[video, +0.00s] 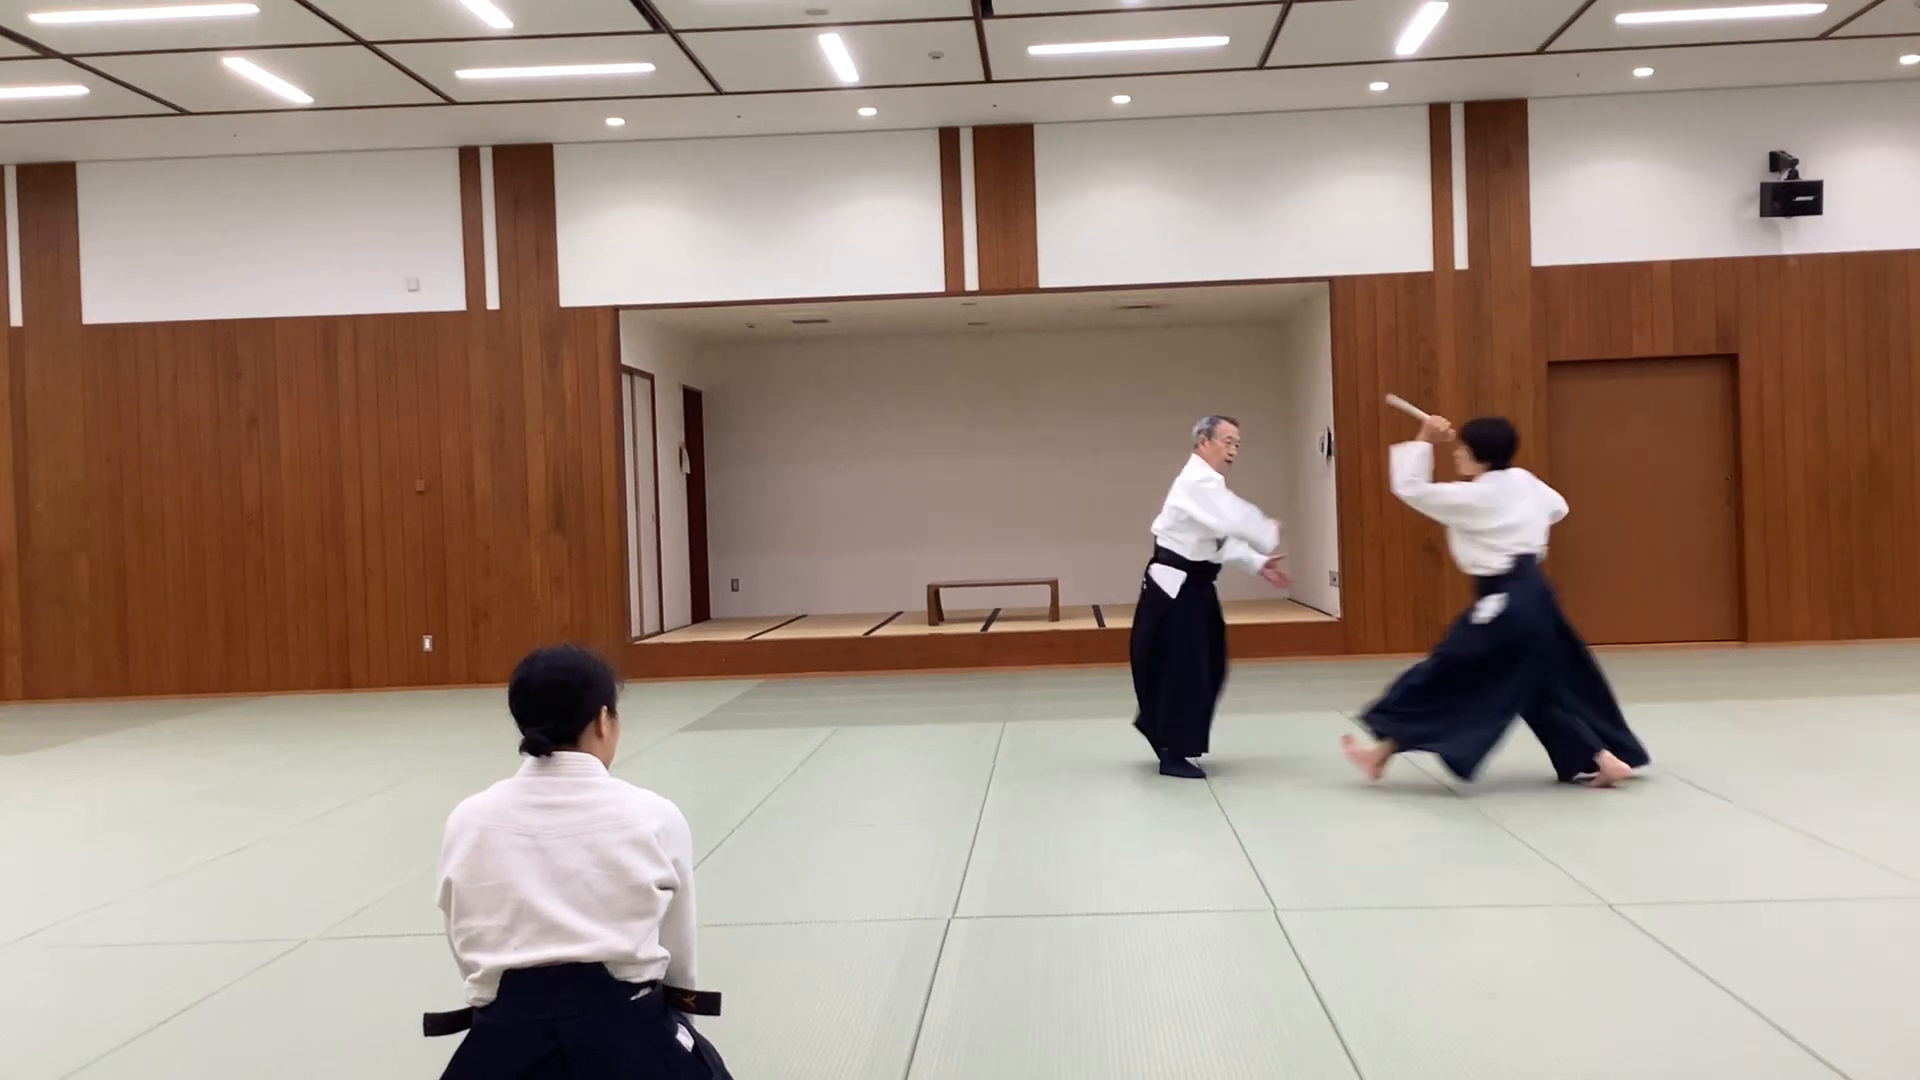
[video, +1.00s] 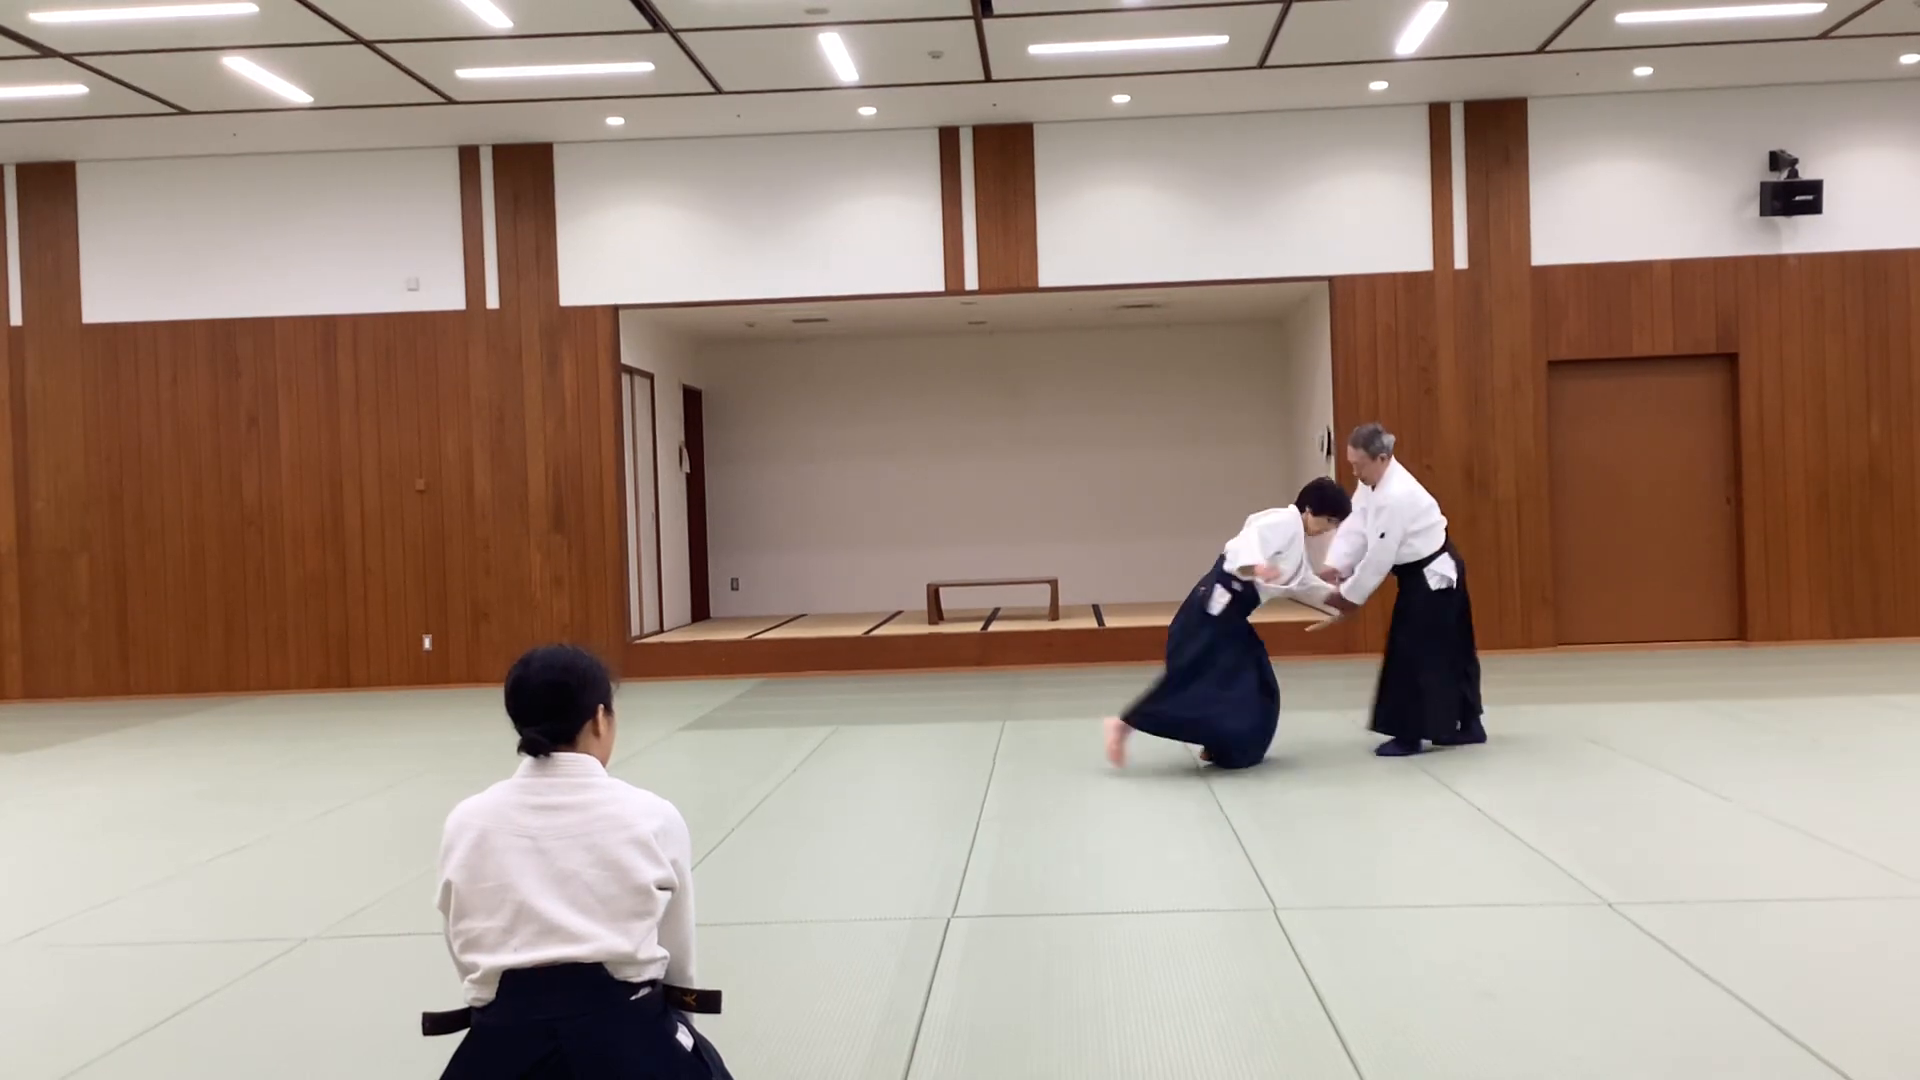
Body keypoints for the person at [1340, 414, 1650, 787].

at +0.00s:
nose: (1456, 454)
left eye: (1461, 449)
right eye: (1458, 448)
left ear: (1478, 456)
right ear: (1498, 455)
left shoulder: (1472, 496)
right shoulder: (1522, 481)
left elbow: (1409, 487)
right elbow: (1557, 507)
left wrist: (1423, 440)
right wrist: (1528, 532)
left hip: (1501, 602)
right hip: (1534, 595)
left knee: (1442, 672)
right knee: (1541, 686)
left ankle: (1380, 752)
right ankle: (1606, 761)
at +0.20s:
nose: (1383, 442)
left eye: (1385, 438)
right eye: (1386, 437)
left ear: (1390, 443)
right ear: (1431, 442)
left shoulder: (1374, 473)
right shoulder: (1450, 479)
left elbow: (1328, 457)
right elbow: (1499, 509)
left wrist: (1301, 422)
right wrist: (1549, 511)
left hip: (1392, 586)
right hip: (1438, 587)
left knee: (1365, 667)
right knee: (1455, 665)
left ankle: (1348, 764)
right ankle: (1445, 734)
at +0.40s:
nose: (1341, 429)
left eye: (1343, 424)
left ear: (1347, 427)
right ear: (1388, 428)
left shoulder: (1331, 461)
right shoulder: (1405, 466)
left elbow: (1273, 460)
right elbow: (1445, 503)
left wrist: (1241, 440)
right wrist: (1496, 525)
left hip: (1332, 565)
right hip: (1379, 571)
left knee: (1323, 652)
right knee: (1366, 662)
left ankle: (1317, 743)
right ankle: (1331, 749)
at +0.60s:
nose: (1329, 454)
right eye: (1326, 447)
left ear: (1281, 453)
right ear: (1321, 447)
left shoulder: (1268, 491)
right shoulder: (1342, 479)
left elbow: (1239, 532)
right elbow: (1386, 512)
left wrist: (1227, 524)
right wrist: (1435, 528)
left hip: (1289, 582)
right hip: (1338, 581)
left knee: (1264, 665)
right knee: (1337, 673)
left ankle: (1233, 738)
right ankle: (1321, 751)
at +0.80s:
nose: (1310, 504)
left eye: (1311, 501)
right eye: (1311, 499)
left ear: (1276, 486)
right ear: (1306, 492)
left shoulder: (1251, 515)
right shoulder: (1291, 504)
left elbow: (1238, 562)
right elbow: (1308, 531)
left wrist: (1298, 580)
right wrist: (1330, 533)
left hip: (1223, 595)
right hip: (1259, 596)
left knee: (1232, 677)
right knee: (1293, 677)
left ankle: (1219, 751)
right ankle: (1292, 757)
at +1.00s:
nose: (1330, 530)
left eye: (1334, 525)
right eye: (1331, 523)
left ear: (1313, 512)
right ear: (1314, 512)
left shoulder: (1298, 538)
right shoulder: (1283, 520)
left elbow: (1298, 581)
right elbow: (1244, 542)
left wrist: (1331, 597)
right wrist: (1256, 565)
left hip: (1233, 614)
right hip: (1213, 605)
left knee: (1256, 683)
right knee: (1190, 676)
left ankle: (1219, 746)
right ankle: (1125, 724)